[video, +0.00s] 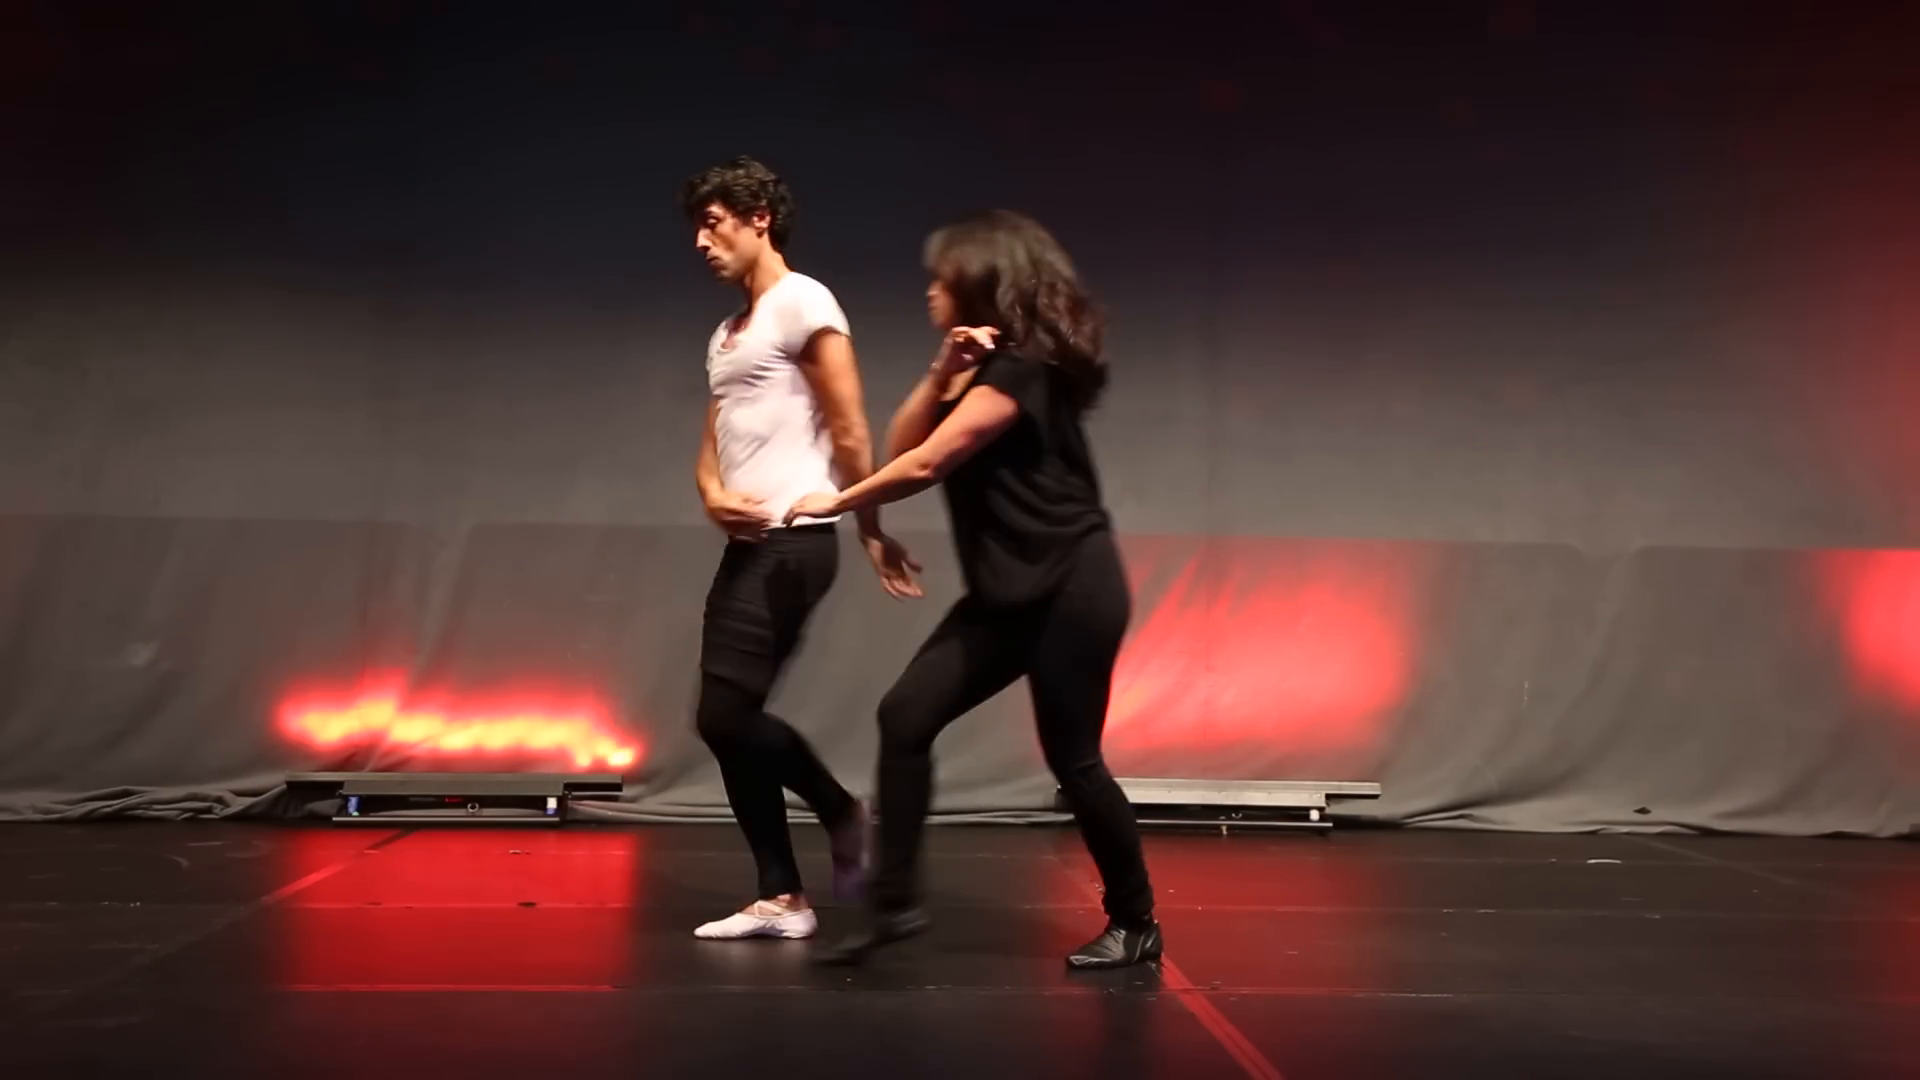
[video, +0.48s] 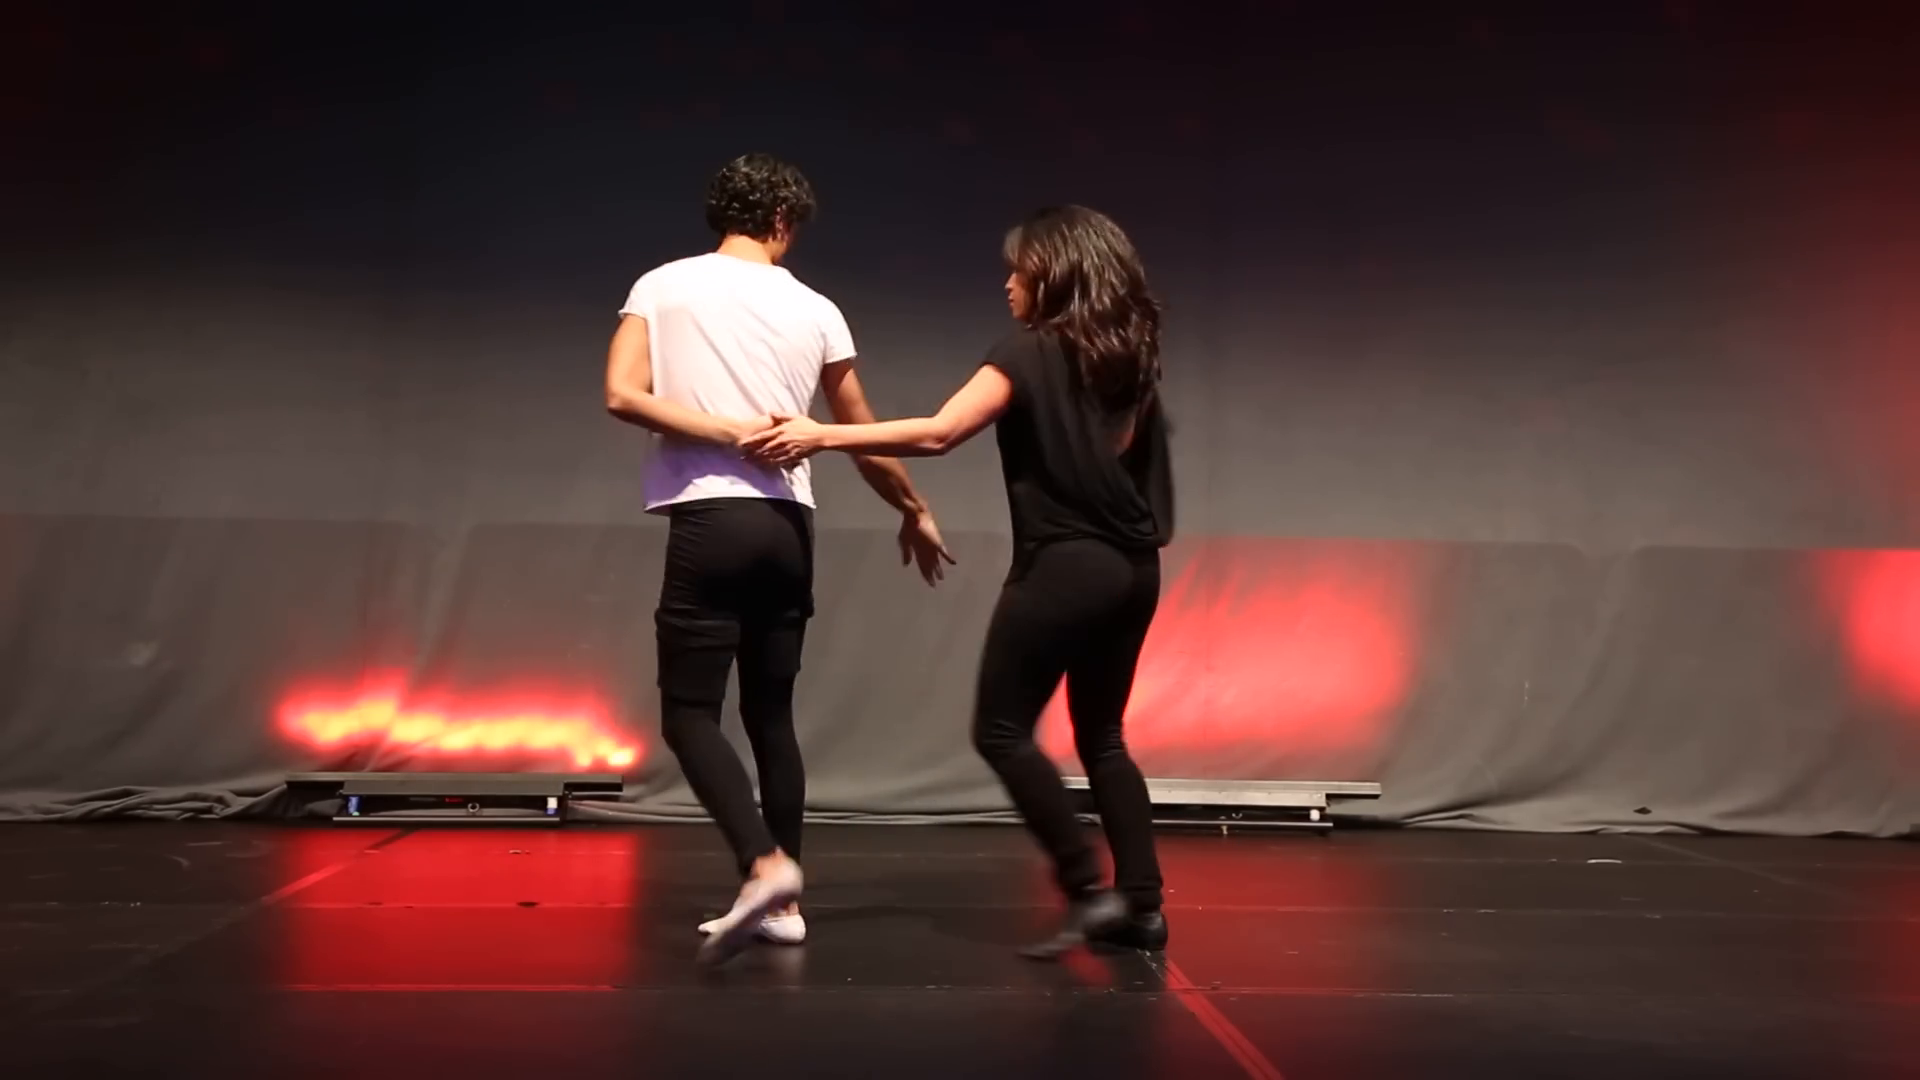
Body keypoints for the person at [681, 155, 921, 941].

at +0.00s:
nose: (703, 242)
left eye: (715, 225)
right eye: (699, 229)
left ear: (760, 222)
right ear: (723, 235)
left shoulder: (805, 302)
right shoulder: (729, 333)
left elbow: (849, 429)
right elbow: (713, 440)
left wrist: (875, 532)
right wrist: (711, 494)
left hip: (794, 538)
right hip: (748, 541)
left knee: (730, 714)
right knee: (724, 718)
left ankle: (847, 820)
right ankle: (782, 897)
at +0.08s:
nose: (696, 244)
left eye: (705, 227)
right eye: (692, 229)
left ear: (749, 219)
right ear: (738, 226)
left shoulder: (773, 292)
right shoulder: (760, 298)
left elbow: (818, 413)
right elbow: (767, 429)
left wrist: (856, 506)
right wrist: (711, 505)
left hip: (770, 533)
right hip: (771, 532)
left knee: (667, 692)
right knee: (729, 716)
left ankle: (819, 788)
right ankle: (781, 897)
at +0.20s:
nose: (704, 242)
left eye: (704, 231)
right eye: (705, 231)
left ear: (720, 228)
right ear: (777, 230)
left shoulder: (714, 286)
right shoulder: (823, 317)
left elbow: (741, 398)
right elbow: (819, 441)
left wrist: (817, 465)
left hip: (739, 534)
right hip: (796, 541)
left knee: (644, 683)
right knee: (742, 711)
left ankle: (788, 785)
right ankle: (779, 899)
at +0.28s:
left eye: (717, 226)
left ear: (713, 228)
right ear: (782, 228)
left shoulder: (689, 289)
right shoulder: (828, 316)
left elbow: (690, 395)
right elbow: (840, 459)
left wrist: (788, 447)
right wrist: (819, 543)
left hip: (726, 533)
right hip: (800, 538)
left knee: (656, 690)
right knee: (756, 709)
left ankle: (781, 801)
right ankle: (778, 904)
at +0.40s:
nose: (795, 241)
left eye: (792, 230)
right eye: (796, 231)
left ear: (719, 223)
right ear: (783, 230)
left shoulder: (668, 288)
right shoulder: (820, 310)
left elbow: (636, 392)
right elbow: (866, 440)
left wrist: (748, 427)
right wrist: (898, 525)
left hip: (711, 529)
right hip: (794, 535)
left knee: (687, 704)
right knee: (769, 711)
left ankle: (768, 831)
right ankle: (784, 906)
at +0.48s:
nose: (797, 240)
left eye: (796, 230)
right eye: (797, 230)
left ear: (719, 220)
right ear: (781, 226)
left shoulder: (660, 285)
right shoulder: (816, 312)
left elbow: (623, 393)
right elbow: (865, 446)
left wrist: (733, 429)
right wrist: (914, 509)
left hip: (705, 527)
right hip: (788, 531)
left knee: (692, 714)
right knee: (771, 712)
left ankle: (761, 867)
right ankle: (783, 905)